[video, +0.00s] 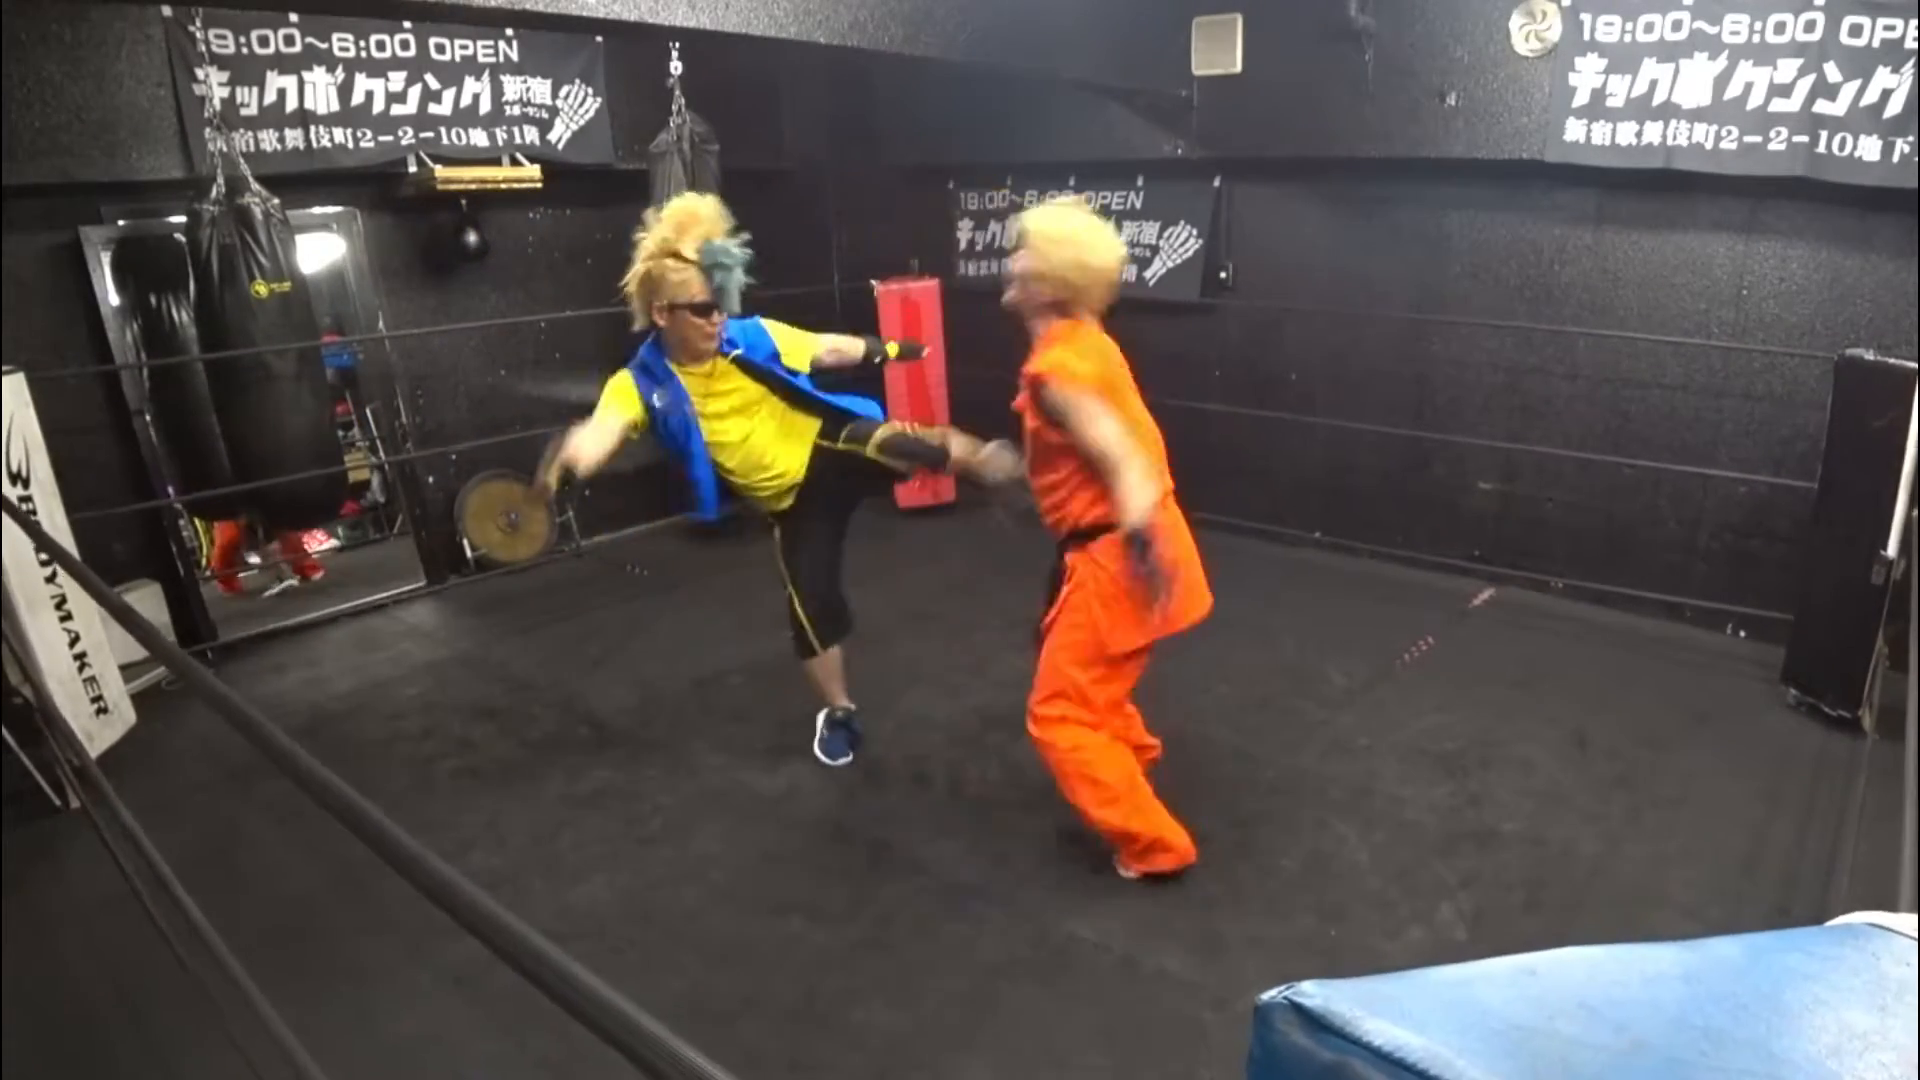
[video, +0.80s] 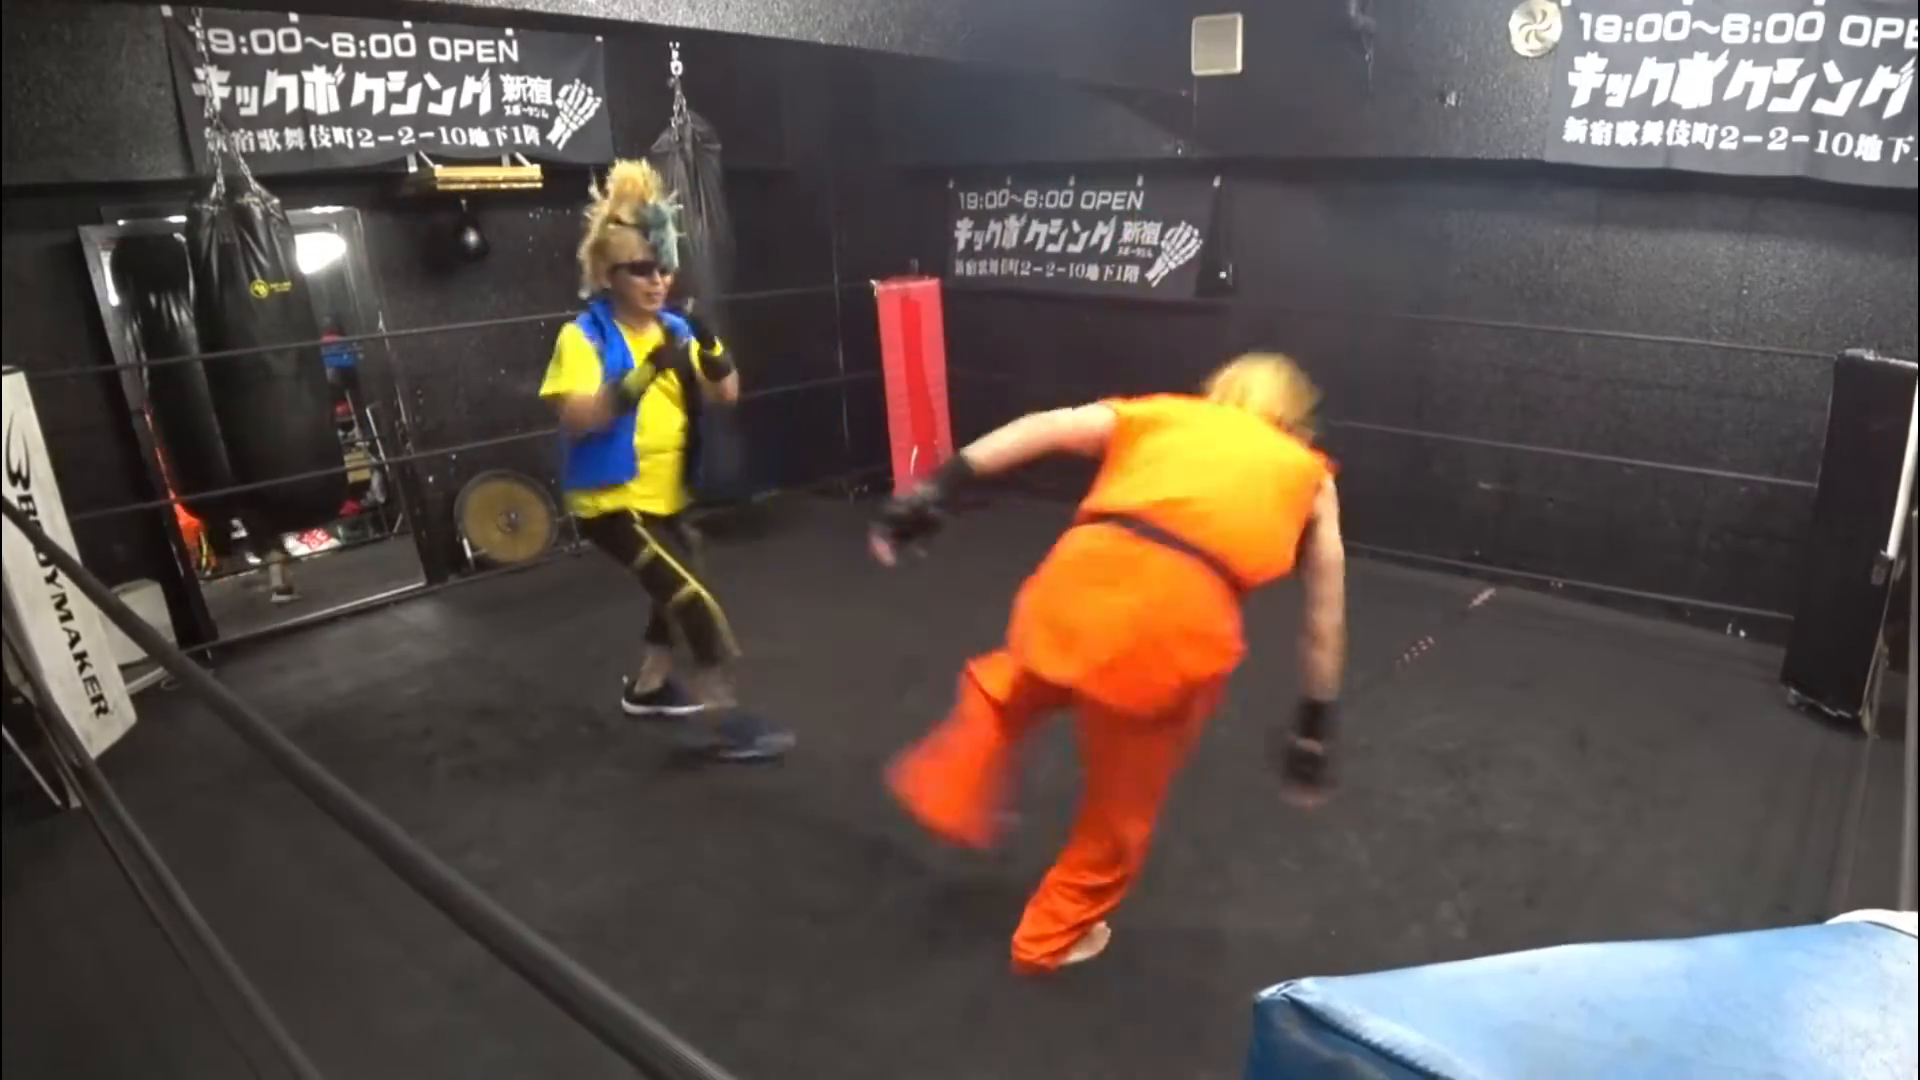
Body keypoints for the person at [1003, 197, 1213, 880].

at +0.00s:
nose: (1009, 262)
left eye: (1022, 253)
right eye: (1016, 250)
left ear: (1052, 280)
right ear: (1066, 286)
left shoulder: (1059, 365)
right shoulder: (1081, 345)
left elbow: (1124, 452)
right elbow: (1044, 473)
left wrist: (1137, 521)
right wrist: (956, 449)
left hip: (1111, 561)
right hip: (1126, 551)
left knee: (1060, 714)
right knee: (1068, 651)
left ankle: (1154, 848)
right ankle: (1129, 743)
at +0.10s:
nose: (1095, 217)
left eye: (1114, 215)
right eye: (1108, 208)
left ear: (1136, 247)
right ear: (1115, 229)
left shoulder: (1126, 322)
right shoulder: (1074, 292)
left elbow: (1171, 403)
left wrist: (1151, 312)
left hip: (1120, 528)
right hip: (1070, 515)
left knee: (1082, 695)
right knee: (1055, 654)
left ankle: (1163, 847)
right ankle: (1132, 746)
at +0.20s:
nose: (1217, 204)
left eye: (1232, 205)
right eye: (1215, 180)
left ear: (1227, 224)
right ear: (1175, 159)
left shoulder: (1200, 265)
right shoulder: (1082, 203)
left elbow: (1173, 298)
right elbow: (1015, 142)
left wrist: (1121, 222)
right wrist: (1031, 79)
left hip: (1119, 457)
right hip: (1038, 439)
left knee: (1127, 634)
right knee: (1057, 613)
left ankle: (1147, 807)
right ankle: (1089, 721)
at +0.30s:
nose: (1249, 188)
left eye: (1261, 180)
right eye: (1252, 166)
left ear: (1253, 178)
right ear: (1214, 123)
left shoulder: (1215, 235)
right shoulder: (1106, 124)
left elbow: (1151, 283)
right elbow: (1075, 20)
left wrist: (1079, 255)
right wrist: (1216, 10)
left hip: (1123, 403)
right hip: (1032, 392)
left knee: (1148, 587)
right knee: (1066, 587)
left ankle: (1132, 743)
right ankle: (1063, 707)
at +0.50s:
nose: (1304, 209)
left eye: (1317, 202)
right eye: (1306, 186)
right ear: (1272, 149)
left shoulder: (1230, 246)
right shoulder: (1189, 195)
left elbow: (1168, 360)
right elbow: (1074, 198)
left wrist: (1203, 428)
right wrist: (1052, 305)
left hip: (1087, 416)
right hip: (1063, 408)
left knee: (1006, 560)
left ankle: (918, 682)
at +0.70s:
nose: (1333, 376)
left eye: (1335, 359)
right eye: (1336, 361)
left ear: (1261, 317)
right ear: (1322, 356)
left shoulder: (1161, 362)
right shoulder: (1276, 432)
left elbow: (1052, 410)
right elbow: (1257, 570)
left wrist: (957, 459)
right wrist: (1235, 645)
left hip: (1051, 559)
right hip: (1132, 600)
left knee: (944, 639)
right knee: (1113, 776)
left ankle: (802, 680)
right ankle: (1051, 933)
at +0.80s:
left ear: (1220, 390)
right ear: (1298, 422)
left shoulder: (1160, 412)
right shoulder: (1309, 476)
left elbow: (1043, 428)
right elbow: (1326, 623)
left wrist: (938, 487)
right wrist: (1314, 728)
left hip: (1076, 585)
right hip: (1177, 632)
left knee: (1009, 686)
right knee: (1120, 809)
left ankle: (952, 791)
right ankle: (1047, 939)